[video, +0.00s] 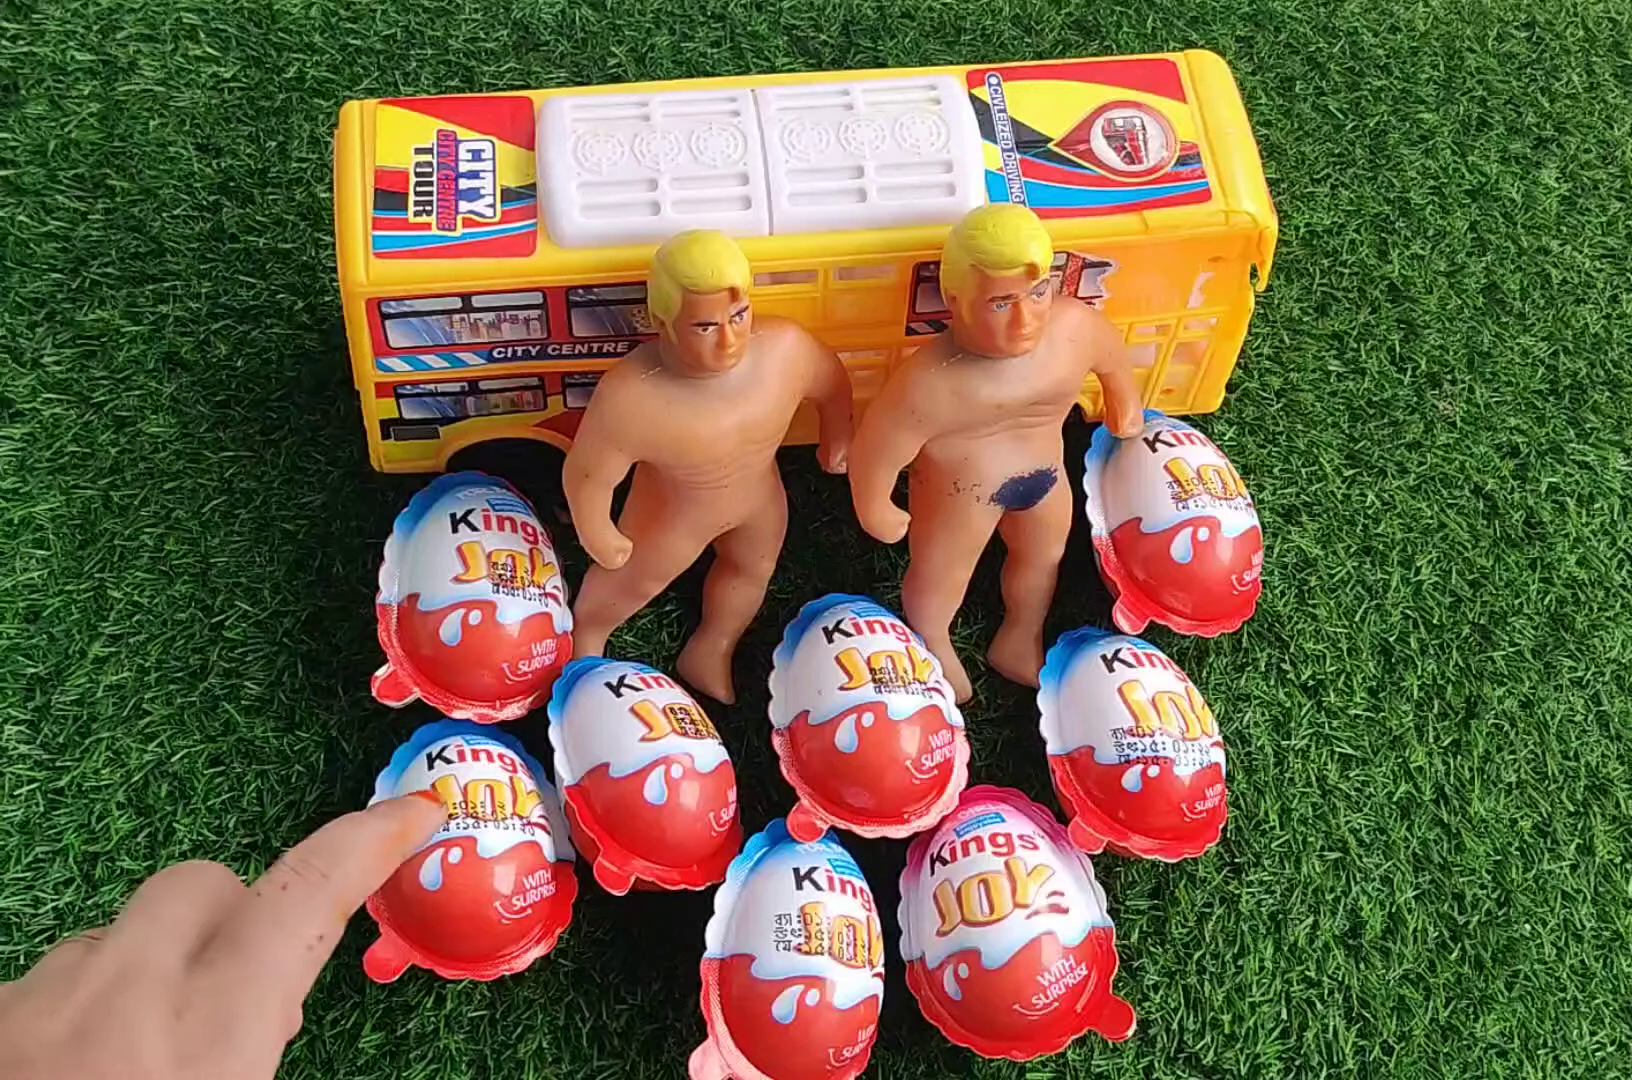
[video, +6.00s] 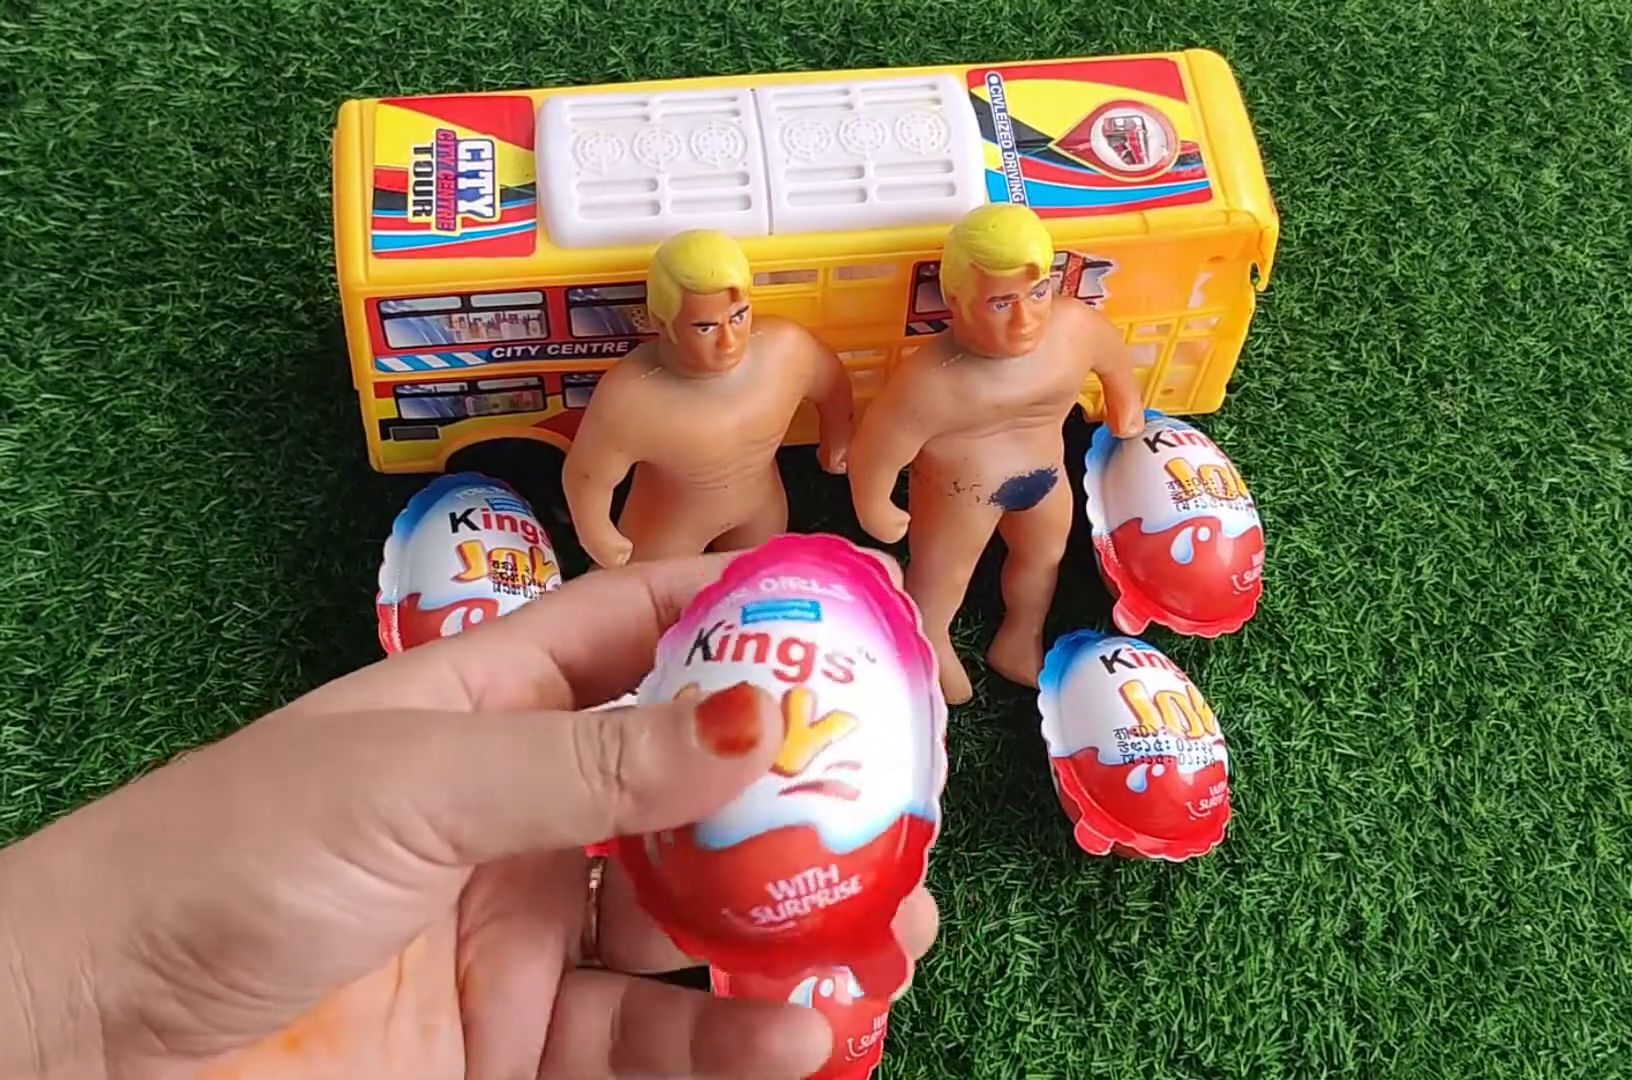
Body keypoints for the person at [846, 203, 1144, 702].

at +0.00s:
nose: (1023, 317)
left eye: (1036, 295)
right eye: (1000, 302)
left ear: (1051, 285)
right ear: (953, 304)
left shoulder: (1078, 327)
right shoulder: (926, 383)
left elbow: (1112, 359)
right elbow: (873, 453)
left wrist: (1126, 407)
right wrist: (877, 514)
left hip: (1045, 478)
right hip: (959, 492)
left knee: (1040, 565)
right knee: (939, 581)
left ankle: (1020, 644)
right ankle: (933, 647)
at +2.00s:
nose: (1024, 316)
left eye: (1037, 294)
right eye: (1000, 302)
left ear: (1051, 284)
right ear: (954, 304)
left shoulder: (1077, 327)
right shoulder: (927, 382)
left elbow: (1113, 358)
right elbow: (874, 452)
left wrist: (1126, 405)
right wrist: (877, 514)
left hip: (1045, 476)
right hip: (959, 492)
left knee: (1041, 560)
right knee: (940, 579)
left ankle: (1020, 642)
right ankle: (933, 646)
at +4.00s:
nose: (1023, 316)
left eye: (1036, 294)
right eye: (999, 302)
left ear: (1051, 284)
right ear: (953, 303)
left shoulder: (1077, 326)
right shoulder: (927, 382)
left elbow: (1112, 357)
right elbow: (874, 453)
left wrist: (1126, 404)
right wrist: (877, 514)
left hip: (1045, 474)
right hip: (960, 488)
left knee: (1041, 559)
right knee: (942, 574)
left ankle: (1020, 642)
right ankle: (932, 644)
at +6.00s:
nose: (1023, 317)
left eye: (1036, 294)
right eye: (1000, 302)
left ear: (1050, 284)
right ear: (953, 304)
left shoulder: (1079, 328)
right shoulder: (927, 382)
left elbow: (1114, 360)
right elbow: (873, 453)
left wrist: (1126, 410)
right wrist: (878, 515)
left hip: (1045, 477)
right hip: (959, 493)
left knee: (1041, 560)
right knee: (942, 578)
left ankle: (1021, 642)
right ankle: (933, 642)